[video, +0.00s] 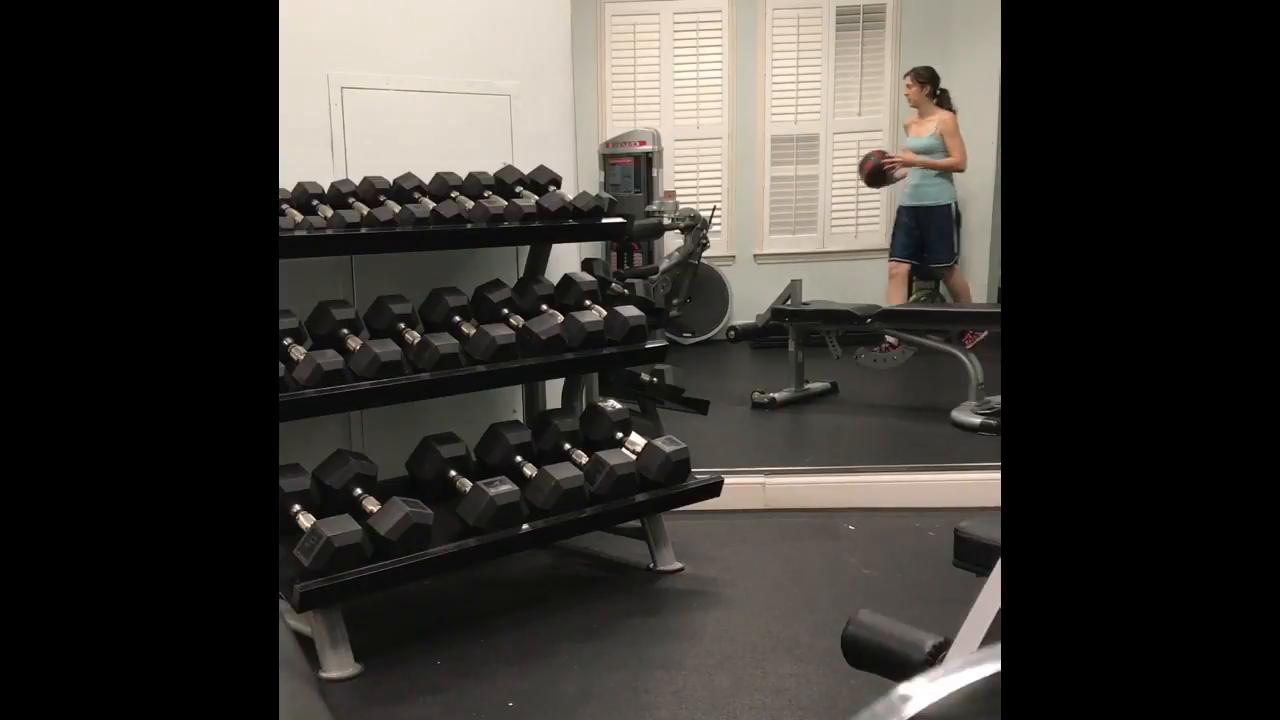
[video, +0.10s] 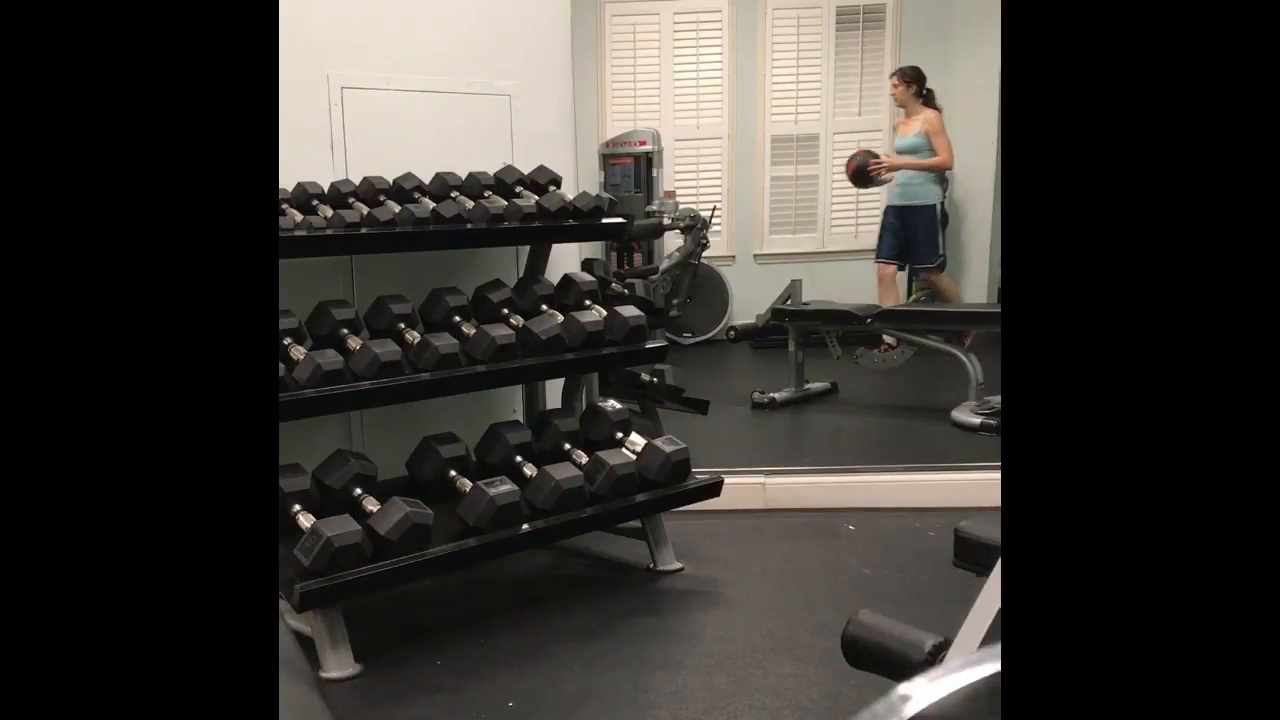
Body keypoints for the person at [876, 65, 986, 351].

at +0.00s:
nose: (905, 93)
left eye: (909, 87)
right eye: (905, 87)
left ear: (926, 89)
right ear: (915, 90)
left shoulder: (945, 119)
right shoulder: (910, 123)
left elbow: (960, 163)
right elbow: (919, 161)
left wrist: (915, 161)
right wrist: (895, 170)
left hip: (939, 204)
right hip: (910, 204)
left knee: (946, 271)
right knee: (897, 269)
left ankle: (973, 323)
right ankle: (894, 333)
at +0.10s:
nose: (892, 93)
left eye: (896, 87)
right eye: (892, 87)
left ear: (912, 88)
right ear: (903, 89)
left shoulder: (931, 118)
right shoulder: (901, 123)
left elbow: (947, 161)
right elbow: (909, 161)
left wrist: (900, 164)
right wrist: (885, 169)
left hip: (926, 205)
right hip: (897, 204)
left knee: (930, 274)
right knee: (885, 270)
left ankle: (964, 319)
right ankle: (892, 338)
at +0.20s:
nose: (880, 92)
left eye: (884, 87)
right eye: (880, 87)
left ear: (901, 88)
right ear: (895, 89)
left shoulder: (920, 117)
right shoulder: (889, 124)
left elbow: (935, 160)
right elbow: (896, 165)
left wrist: (887, 163)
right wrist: (866, 170)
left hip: (914, 203)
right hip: (888, 202)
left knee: (909, 274)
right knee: (876, 271)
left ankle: (951, 317)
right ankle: (889, 336)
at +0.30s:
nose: (870, 92)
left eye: (874, 86)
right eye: (870, 87)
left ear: (891, 87)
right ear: (885, 88)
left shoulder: (909, 116)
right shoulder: (880, 122)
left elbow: (926, 159)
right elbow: (884, 167)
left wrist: (879, 158)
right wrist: (857, 170)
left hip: (901, 201)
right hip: (878, 202)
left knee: (886, 271)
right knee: (872, 273)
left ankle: (928, 321)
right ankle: (888, 338)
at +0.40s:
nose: (860, 91)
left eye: (864, 86)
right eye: (860, 86)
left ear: (881, 86)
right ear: (873, 87)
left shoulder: (899, 115)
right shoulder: (870, 121)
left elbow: (918, 157)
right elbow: (874, 168)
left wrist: (875, 156)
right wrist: (849, 164)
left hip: (893, 199)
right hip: (870, 199)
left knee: (867, 268)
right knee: (866, 270)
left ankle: (892, 325)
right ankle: (882, 328)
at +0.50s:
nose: (850, 91)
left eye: (854, 85)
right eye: (849, 86)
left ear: (870, 86)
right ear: (861, 87)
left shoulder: (890, 115)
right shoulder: (860, 119)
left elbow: (912, 156)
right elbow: (861, 166)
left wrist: (872, 159)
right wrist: (842, 160)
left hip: (883, 201)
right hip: (861, 201)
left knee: (853, 270)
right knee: (869, 274)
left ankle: (858, 346)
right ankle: (890, 337)